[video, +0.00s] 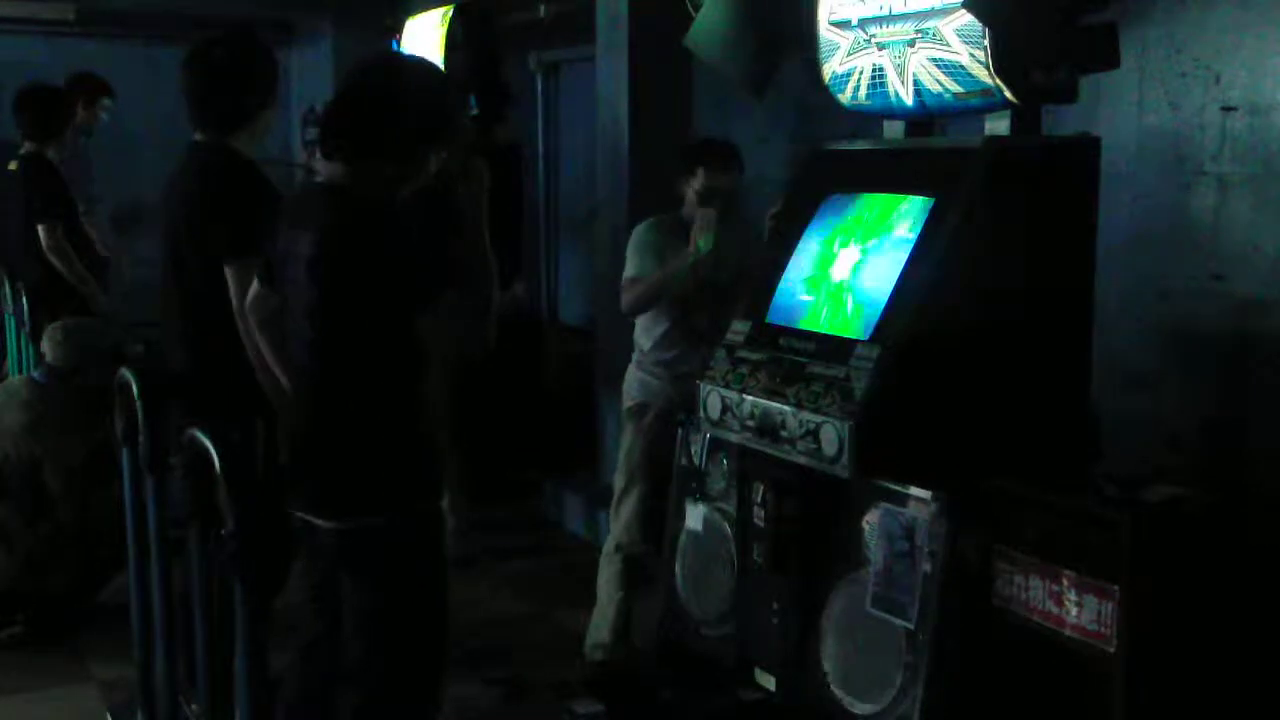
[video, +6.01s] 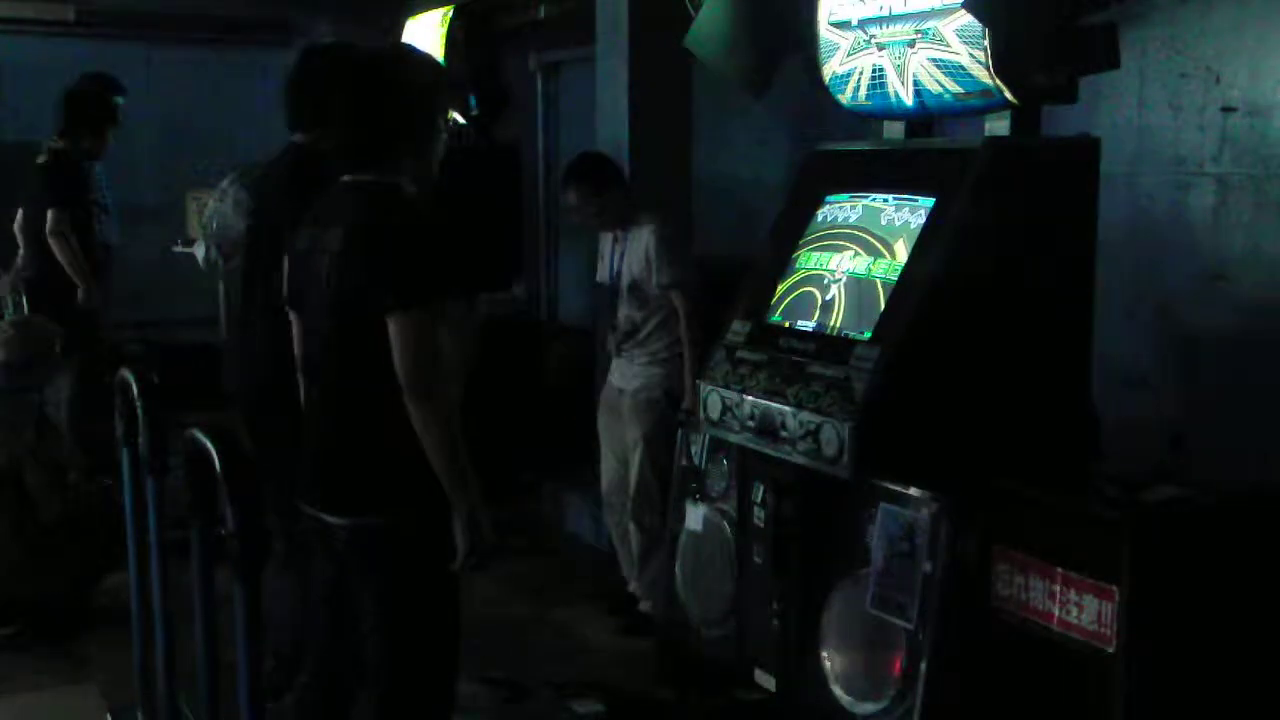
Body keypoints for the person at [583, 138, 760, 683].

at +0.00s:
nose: (715, 201)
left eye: (724, 192)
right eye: (706, 190)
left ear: (735, 193)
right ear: (683, 186)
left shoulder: (738, 243)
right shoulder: (653, 236)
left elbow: (753, 308)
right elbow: (631, 300)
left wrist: (771, 246)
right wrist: (692, 255)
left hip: (711, 395)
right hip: (653, 390)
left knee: (699, 523)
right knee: (633, 524)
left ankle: (684, 646)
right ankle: (605, 650)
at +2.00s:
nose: (696, 220)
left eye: (702, 210)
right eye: (689, 207)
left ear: (705, 210)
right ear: (664, 200)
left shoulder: (692, 252)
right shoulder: (618, 241)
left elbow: (699, 318)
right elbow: (612, 334)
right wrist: (683, 362)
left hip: (668, 393)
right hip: (615, 392)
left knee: (667, 512)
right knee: (605, 516)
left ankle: (666, 622)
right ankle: (589, 628)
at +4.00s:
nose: (724, 228)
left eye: (732, 220)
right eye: (719, 216)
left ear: (736, 222)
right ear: (698, 210)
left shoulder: (722, 259)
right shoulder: (650, 249)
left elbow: (730, 325)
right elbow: (645, 337)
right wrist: (697, 383)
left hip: (681, 395)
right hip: (629, 388)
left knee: (674, 511)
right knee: (612, 511)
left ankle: (664, 625)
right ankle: (590, 624)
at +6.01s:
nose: (579, 215)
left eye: (583, 204)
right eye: (574, 206)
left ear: (608, 195)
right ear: (588, 204)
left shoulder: (653, 237)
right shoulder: (606, 239)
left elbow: (685, 312)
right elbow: (615, 313)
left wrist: (691, 385)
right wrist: (609, 369)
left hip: (654, 380)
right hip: (617, 375)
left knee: (644, 491)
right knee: (613, 489)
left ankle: (653, 600)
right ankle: (632, 588)